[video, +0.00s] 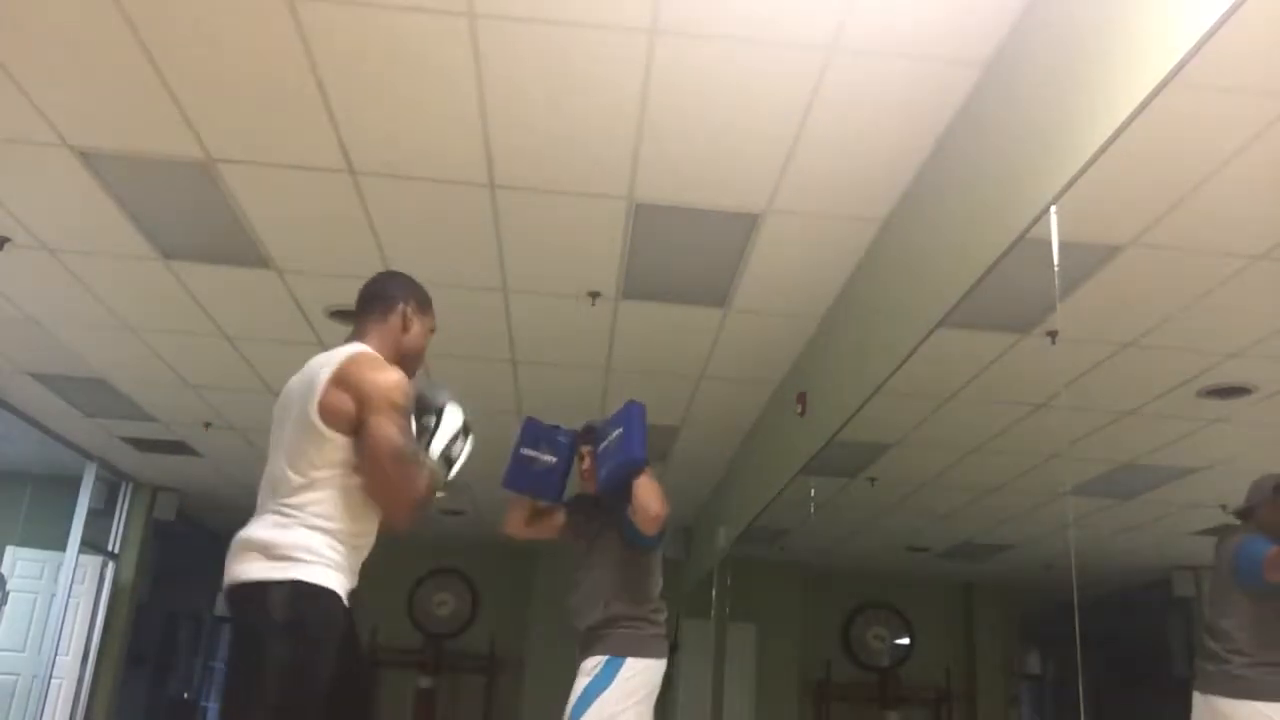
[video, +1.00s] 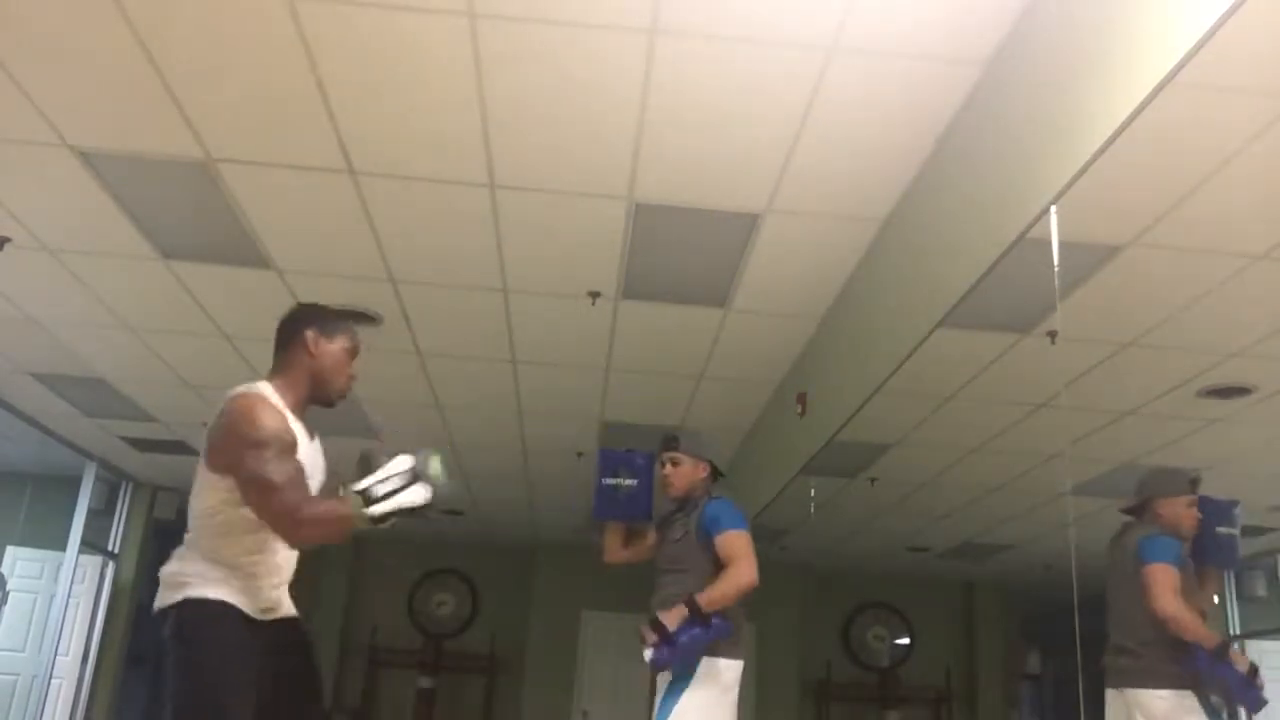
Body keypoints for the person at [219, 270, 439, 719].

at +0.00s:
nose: (425, 348)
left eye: (429, 335)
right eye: (427, 331)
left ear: (368, 316)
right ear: (404, 316)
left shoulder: (311, 373)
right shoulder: (379, 375)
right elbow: (400, 502)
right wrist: (432, 458)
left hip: (262, 575)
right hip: (301, 583)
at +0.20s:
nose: (401, 359)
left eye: (404, 346)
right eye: (400, 342)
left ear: (366, 330)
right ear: (371, 328)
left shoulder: (305, 382)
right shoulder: (344, 375)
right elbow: (403, 484)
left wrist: (396, 499)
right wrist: (446, 465)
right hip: (287, 591)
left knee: (357, 704)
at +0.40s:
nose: (419, 392)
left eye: (420, 379)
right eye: (414, 374)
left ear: (378, 365)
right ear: (378, 363)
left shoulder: (377, 441)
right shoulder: (322, 404)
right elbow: (324, 483)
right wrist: (398, 474)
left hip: (309, 618)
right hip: (253, 606)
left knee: (350, 697)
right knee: (289, 698)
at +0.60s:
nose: (434, 407)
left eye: (434, 396)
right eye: (427, 390)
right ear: (389, 381)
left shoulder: (394, 474)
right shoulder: (328, 429)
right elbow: (312, 532)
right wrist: (390, 512)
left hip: (339, 628)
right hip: (276, 613)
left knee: (383, 699)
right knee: (288, 704)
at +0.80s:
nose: (393, 377)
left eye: (394, 364)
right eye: (388, 359)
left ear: (348, 352)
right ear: (346, 350)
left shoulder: (344, 435)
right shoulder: (296, 405)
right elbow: (333, 508)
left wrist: (363, 569)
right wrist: (389, 468)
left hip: (312, 615)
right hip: (247, 605)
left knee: (342, 709)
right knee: (241, 710)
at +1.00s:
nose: (353, 373)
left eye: (355, 359)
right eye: (349, 354)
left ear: (314, 347)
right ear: (312, 343)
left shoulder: (307, 442)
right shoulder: (253, 412)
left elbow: (302, 521)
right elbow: (296, 521)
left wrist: (366, 499)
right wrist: (366, 503)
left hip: (272, 611)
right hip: (212, 602)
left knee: (300, 709)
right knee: (219, 710)